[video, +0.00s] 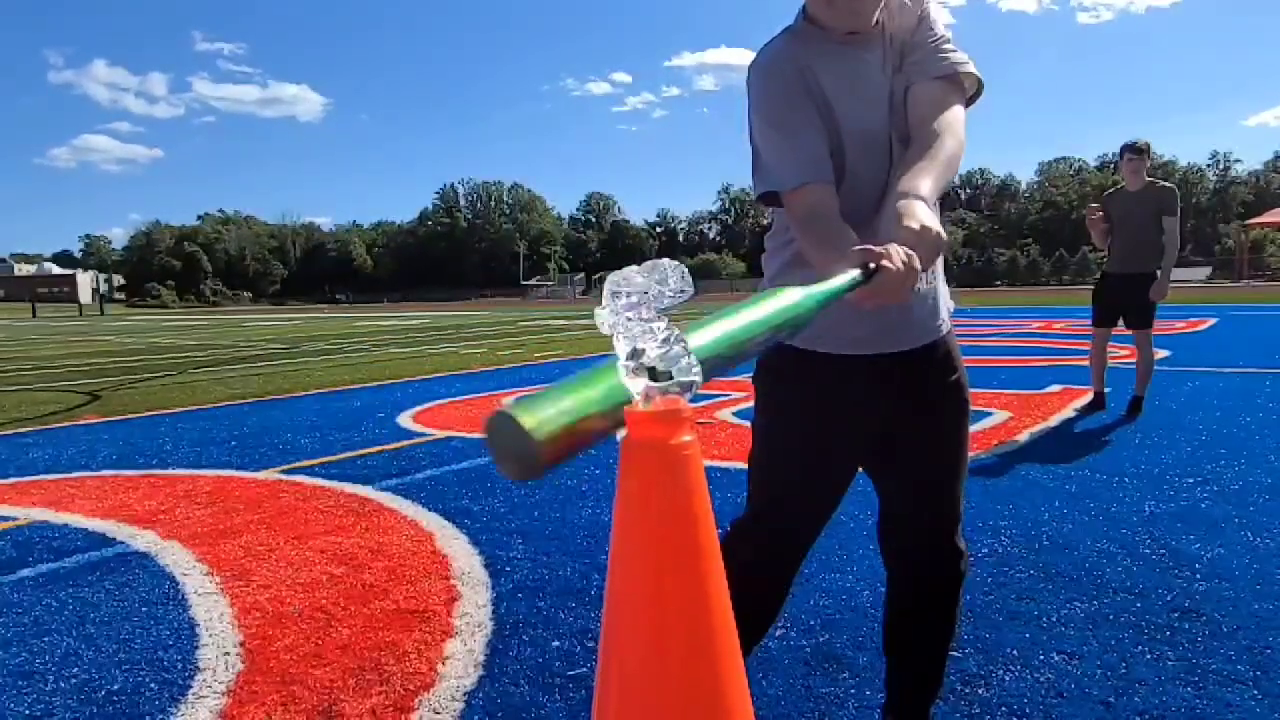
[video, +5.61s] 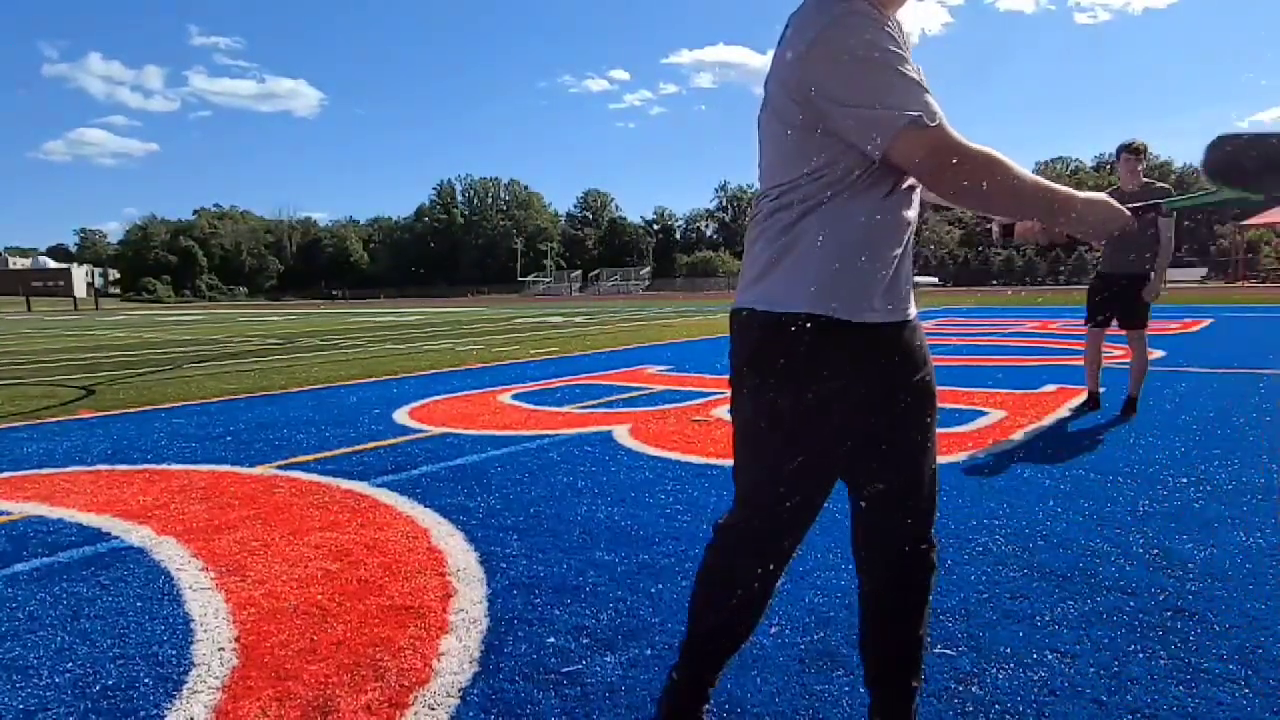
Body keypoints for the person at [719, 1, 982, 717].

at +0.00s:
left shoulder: (922, 23)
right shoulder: (781, 68)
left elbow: (944, 124)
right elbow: (810, 212)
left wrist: (916, 195)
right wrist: (855, 264)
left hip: (920, 357)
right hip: (814, 362)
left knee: (930, 559)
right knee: (765, 551)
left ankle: (908, 712)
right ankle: (684, 693)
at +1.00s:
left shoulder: (915, 18)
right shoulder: (787, 57)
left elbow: (954, 126)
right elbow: (832, 205)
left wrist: (1000, 201)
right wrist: (979, 263)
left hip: (912, 335)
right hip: (810, 345)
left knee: (923, 545)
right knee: (769, 537)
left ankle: (935, 695)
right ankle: (697, 701)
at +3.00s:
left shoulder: (907, 19)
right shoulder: (807, 42)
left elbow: (965, 132)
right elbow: (903, 180)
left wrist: (1087, 217)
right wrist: (1077, 236)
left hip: (900, 339)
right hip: (802, 345)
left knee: (912, 533)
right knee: (768, 531)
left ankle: (900, 693)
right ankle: (692, 698)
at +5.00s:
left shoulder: (890, 33)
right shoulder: (832, 31)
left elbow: (921, 175)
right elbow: (937, 165)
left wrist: (1018, 217)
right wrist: (1088, 209)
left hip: (886, 334)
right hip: (797, 334)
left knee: (901, 546)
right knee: (764, 529)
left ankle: (895, 707)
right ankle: (687, 697)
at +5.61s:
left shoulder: (860, 35)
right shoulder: (842, 29)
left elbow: (915, 174)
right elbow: (942, 160)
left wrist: (1011, 215)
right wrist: (1074, 204)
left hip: (881, 330)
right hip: (802, 331)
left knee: (900, 543)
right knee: (764, 530)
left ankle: (893, 708)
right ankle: (682, 702)